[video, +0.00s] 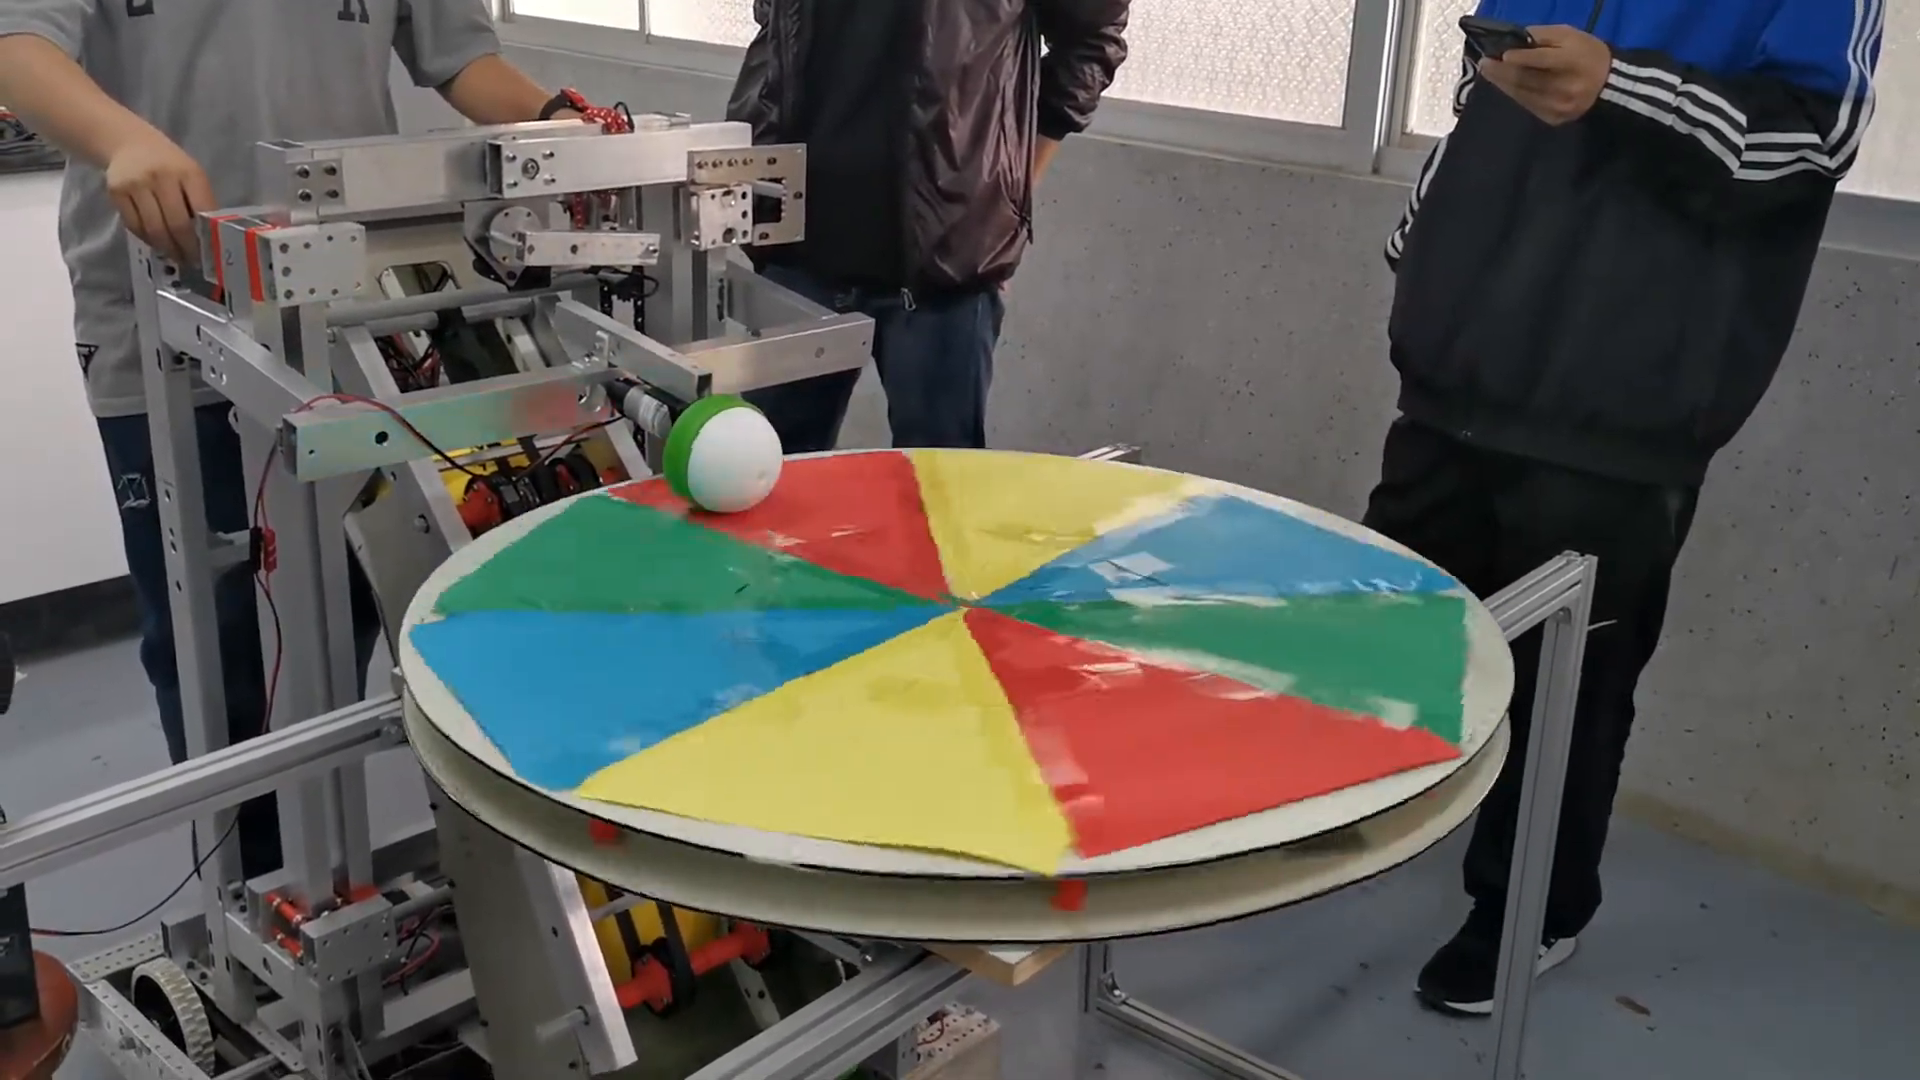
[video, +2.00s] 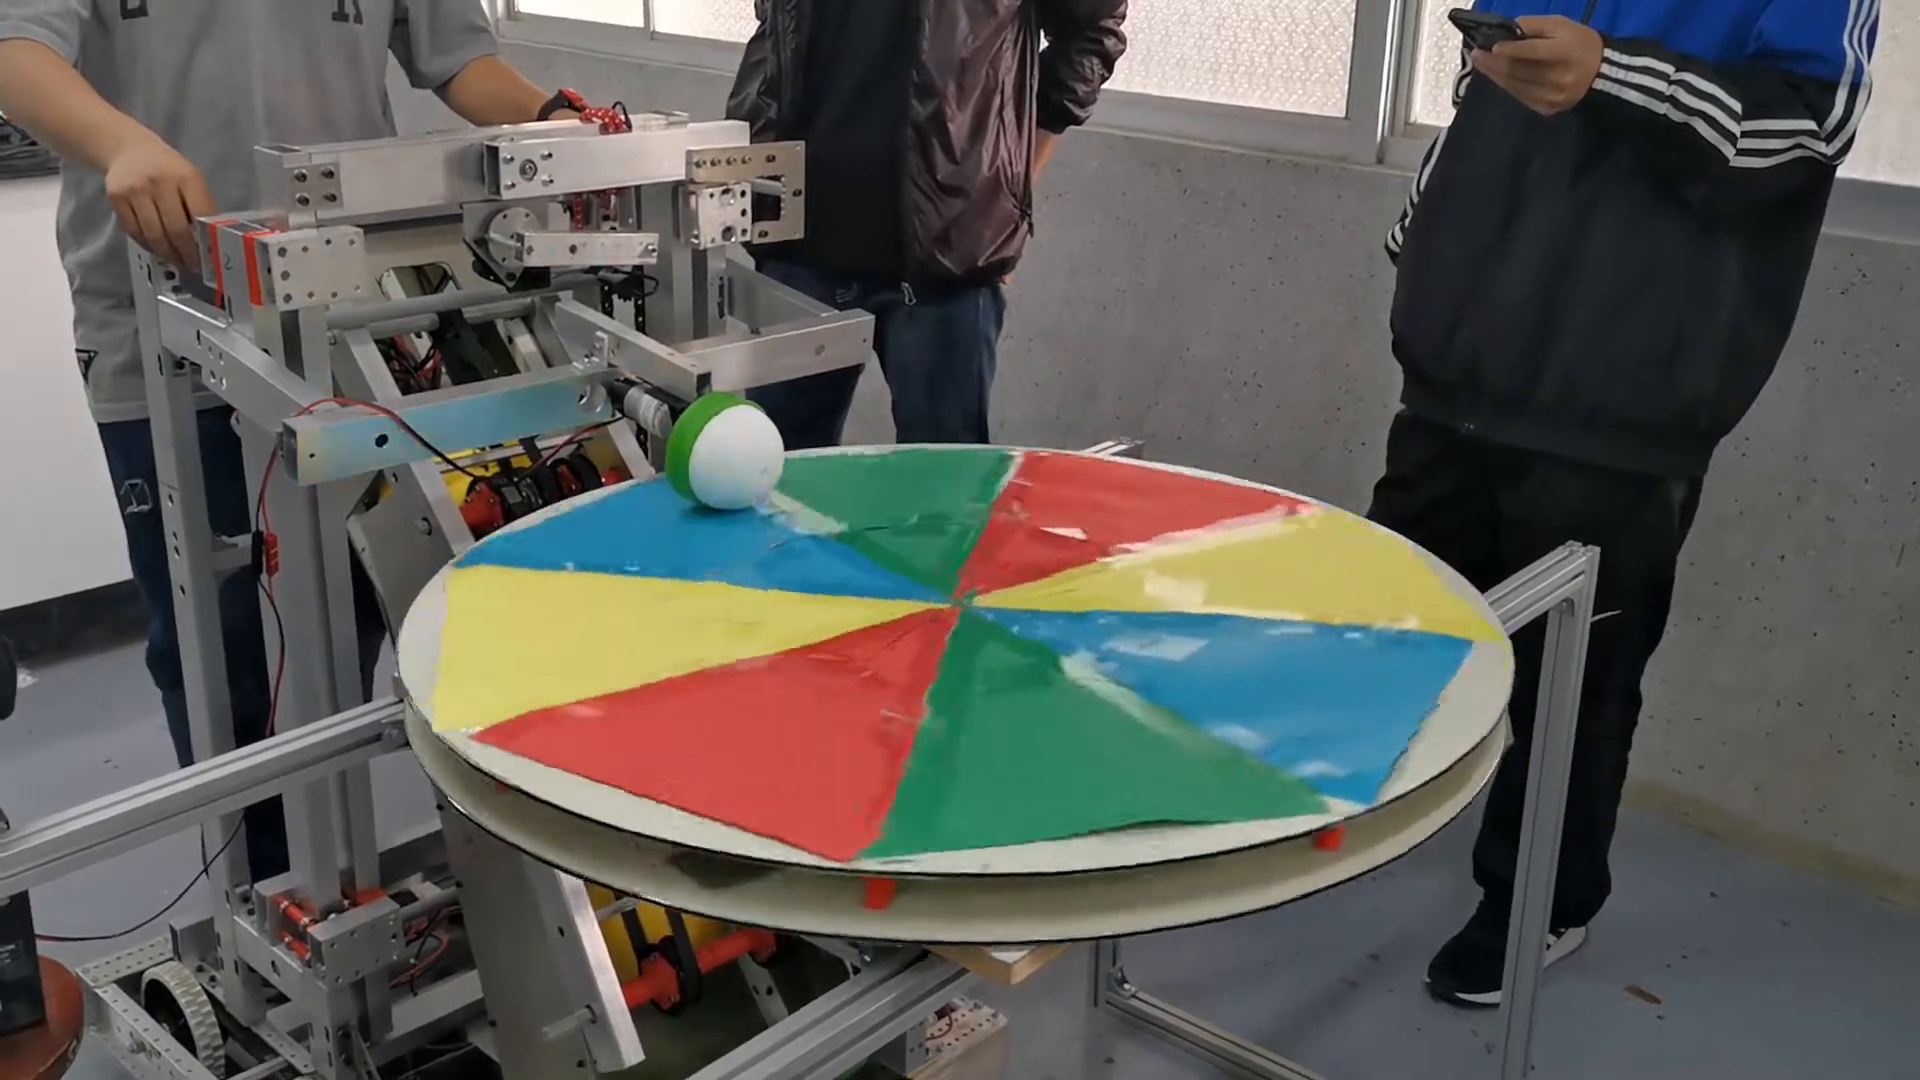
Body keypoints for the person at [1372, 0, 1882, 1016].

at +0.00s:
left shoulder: (1819, 6)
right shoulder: (1537, 5)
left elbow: (1812, 141)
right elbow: (1487, 93)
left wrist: (1613, 86)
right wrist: (1415, 243)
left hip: (1638, 375)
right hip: (1472, 330)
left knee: (1571, 667)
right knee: (1398, 615)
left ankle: (1528, 910)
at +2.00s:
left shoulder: (1815, 9)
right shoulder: (1544, 3)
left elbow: (1806, 130)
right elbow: (1488, 89)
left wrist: (1606, 74)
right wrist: (1417, 243)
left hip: (1637, 368)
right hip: (1474, 322)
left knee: (1575, 660)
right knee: (1402, 608)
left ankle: (1537, 901)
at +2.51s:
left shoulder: (1818, 10)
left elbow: (1813, 126)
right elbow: (1495, 83)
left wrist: (1611, 72)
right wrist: (1420, 245)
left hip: (1643, 363)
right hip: (1479, 317)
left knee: (1579, 657)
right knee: (1410, 605)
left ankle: (1542, 897)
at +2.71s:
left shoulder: (1821, 10)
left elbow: (1815, 126)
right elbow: (1495, 78)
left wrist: (1613, 70)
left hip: (1646, 361)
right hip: (1481, 315)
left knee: (1580, 655)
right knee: (1413, 603)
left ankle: (1543, 898)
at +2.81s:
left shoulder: (1824, 9)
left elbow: (1817, 125)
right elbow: (1497, 75)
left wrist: (1614, 70)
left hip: (1648, 359)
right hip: (1482, 311)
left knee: (1582, 656)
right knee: (1411, 607)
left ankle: (1542, 899)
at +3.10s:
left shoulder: (1830, 9)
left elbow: (1818, 127)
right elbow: (1500, 65)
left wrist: (1616, 69)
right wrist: (1426, 240)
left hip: (1649, 361)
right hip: (1484, 313)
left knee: (1584, 656)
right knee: (1409, 602)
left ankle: (1544, 898)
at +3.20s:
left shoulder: (1829, 8)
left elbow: (1819, 127)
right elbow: (1500, 86)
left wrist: (1616, 69)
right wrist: (1425, 241)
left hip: (1649, 363)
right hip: (1485, 317)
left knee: (1586, 658)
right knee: (1406, 603)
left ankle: (1547, 897)